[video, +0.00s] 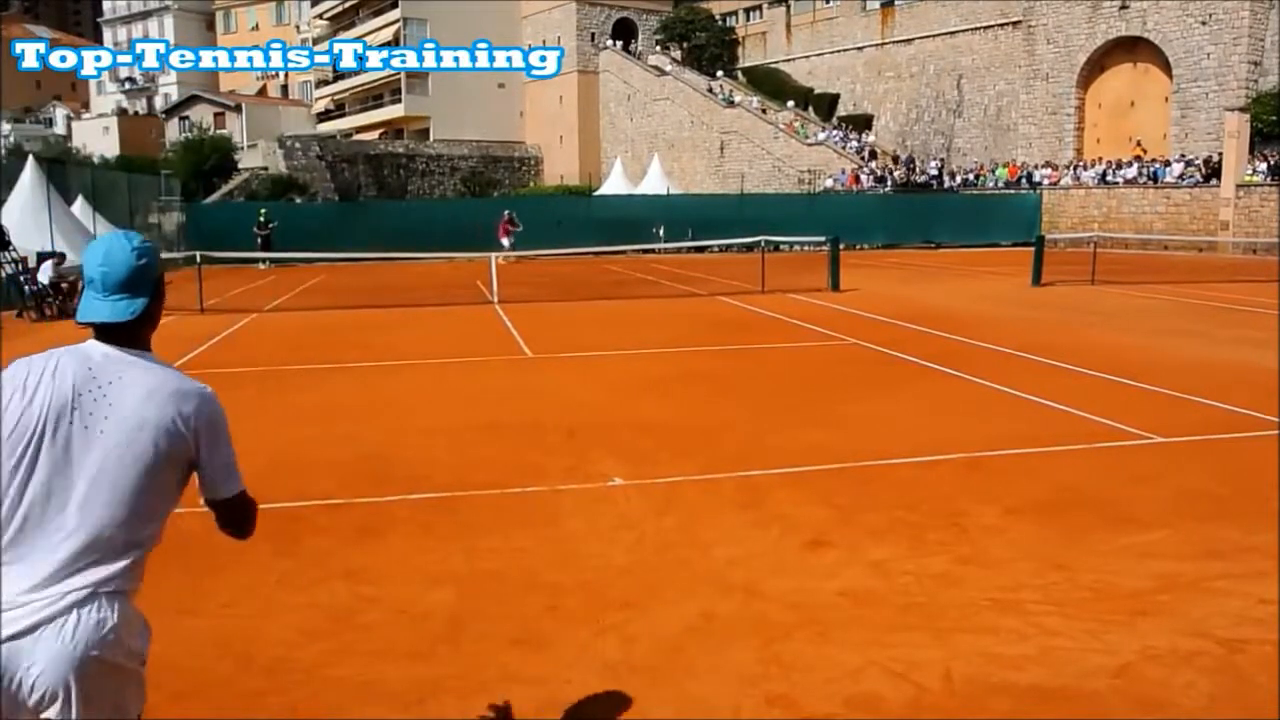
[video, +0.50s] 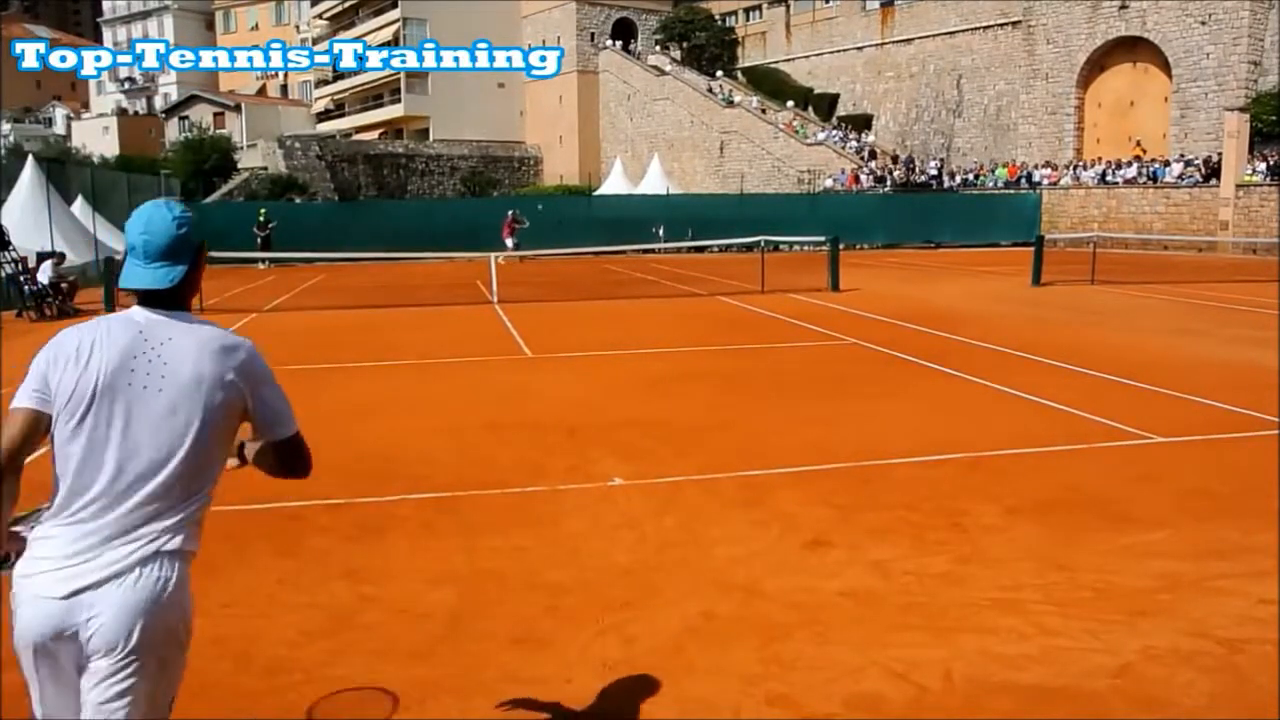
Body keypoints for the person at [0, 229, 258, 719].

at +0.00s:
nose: (161, 304)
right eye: (160, 294)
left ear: (84, 297)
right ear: (158, 303)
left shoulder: (15, 380)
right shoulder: (185, 399)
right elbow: (239, 522)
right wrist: (223, 479)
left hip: (2, 637)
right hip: (89, 645)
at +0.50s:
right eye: (198, 264)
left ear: (127, 265)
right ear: (196, 270)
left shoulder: (68, 345)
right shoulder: (229, 353)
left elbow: (8, 453)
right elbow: (295, 462)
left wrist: (4, 535)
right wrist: (247, 450)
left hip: (43, 592)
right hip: (141, 599)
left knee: (56, 711)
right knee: (115, 711)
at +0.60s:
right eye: (214, 248)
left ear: (142, 249)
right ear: (210, 255)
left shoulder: (85, 333)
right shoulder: (246, 337)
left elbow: (18, 449)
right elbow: (309, 445)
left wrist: (28, 524)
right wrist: (257, 446)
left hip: (69, 573)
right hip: (166, 581)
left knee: (78, 707)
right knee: (133, 711)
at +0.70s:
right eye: (223, 239)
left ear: (155, 240)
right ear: (223, 246)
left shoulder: (101, 323)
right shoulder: (262, 326)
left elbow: (40, 446)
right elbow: (321, 433)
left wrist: (69, 524)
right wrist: (264, 447)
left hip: (97, 559)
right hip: (193, 565)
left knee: (108, 700)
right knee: (145, 710)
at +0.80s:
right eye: (238, 235)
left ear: (170, 237)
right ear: (238, 241)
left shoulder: (117, 317)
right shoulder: (279, 320)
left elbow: (62, 440)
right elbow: (333, 430)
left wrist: (107, 510)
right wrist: (279, 451)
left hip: (124, 549)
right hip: (220, 551)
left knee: (143, 703)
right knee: (164, 711)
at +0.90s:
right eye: (238, 235)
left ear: (171, 237)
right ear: (238, 241)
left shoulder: (117, 317)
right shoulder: (279, 320)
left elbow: (62, 440)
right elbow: (333, 430)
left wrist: (107, 510)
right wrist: (279, 451)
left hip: (124, 550)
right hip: (220, 551)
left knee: (143, 703)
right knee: (164, 711)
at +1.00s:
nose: (256, 239)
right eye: (254, 232)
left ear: (187, 235)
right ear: (252, 239)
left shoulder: (132, 318)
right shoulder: (293, 319)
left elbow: (85, 440)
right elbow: (344, 432)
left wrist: (139, 495)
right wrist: (291, 459)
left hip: (148, 547)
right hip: (242, 548)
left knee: (175, 704)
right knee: (201, 710)